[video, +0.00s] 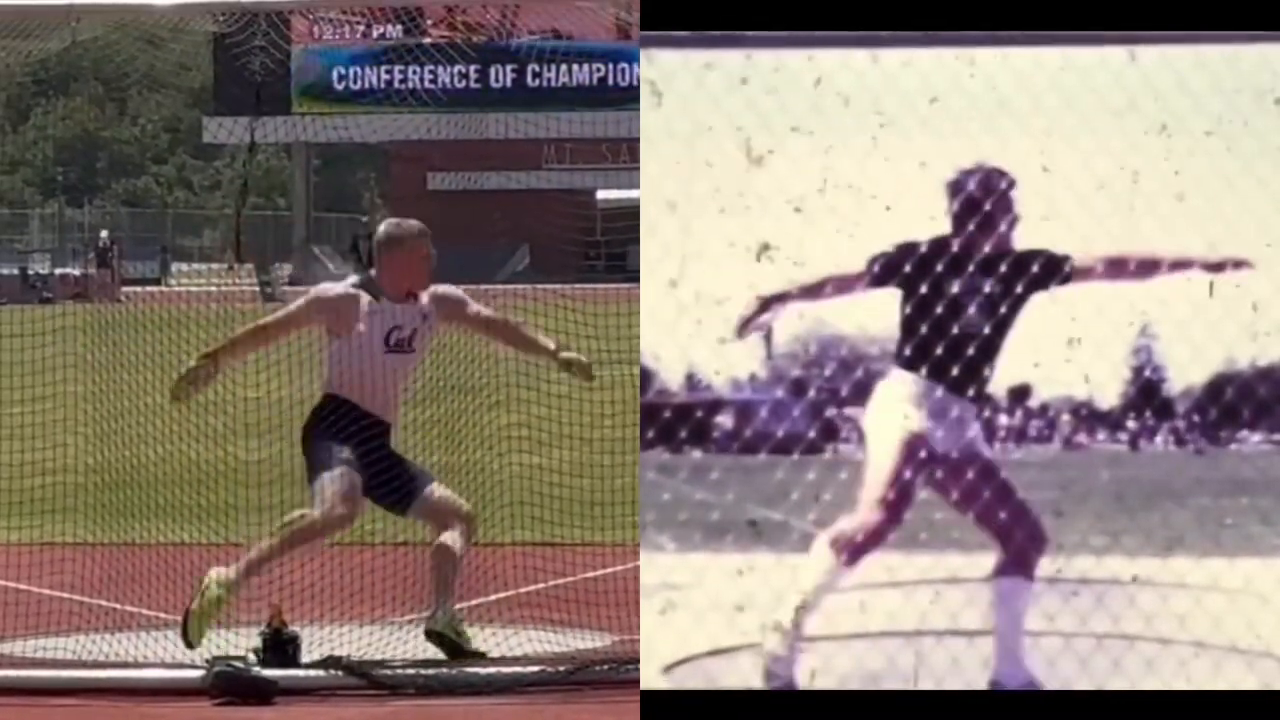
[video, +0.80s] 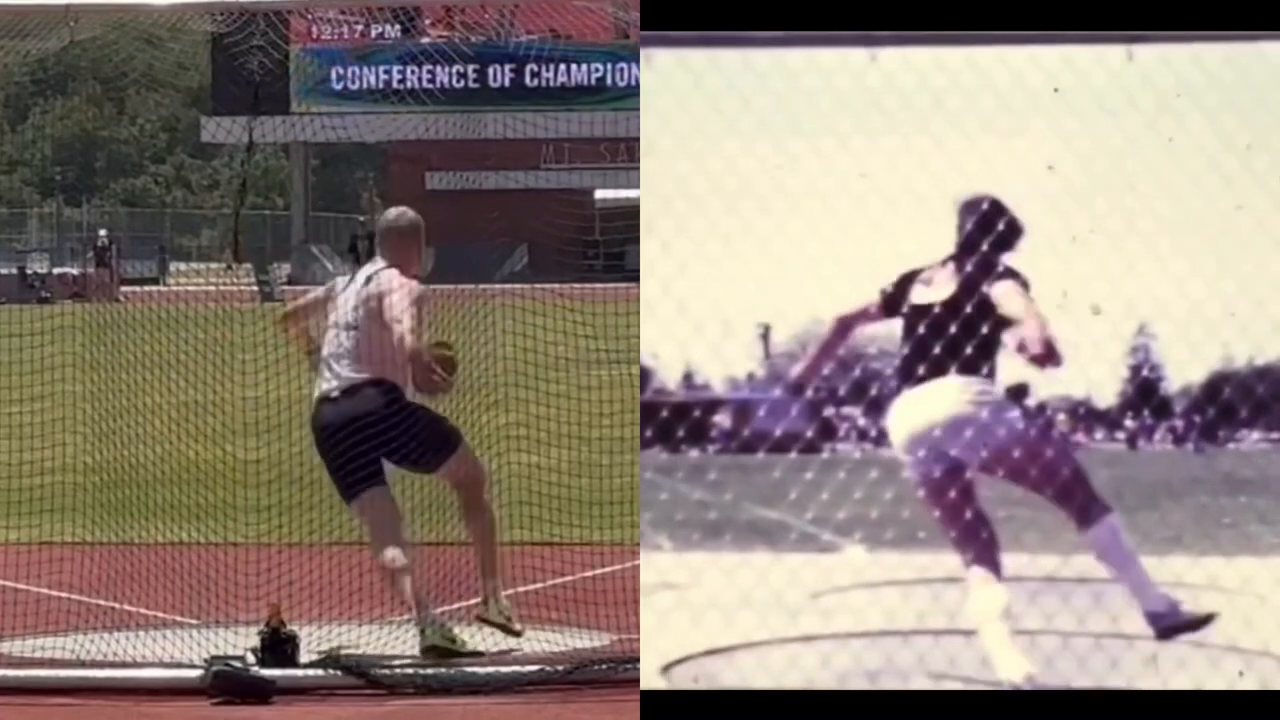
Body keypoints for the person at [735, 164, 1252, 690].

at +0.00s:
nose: (1014, 221)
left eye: (1013, 211)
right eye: (1004, 212)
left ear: (995, 217)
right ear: (974, 216)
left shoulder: (1024, 268)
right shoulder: (923, 260)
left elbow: (1115, 268)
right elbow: (842, 284)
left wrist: (1197, 264)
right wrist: (774, 300)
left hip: (957, 428)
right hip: (902, 407)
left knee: (1024, 540)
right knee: (874, 523)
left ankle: (1008, 671)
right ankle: (784, 630)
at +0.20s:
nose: (1036, 238)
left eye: (1035, 227)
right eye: (1030, 227)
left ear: (1004, 231)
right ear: (1009, 230)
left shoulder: (1022, 284)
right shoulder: (946, 274)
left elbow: (1070, 289)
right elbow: (863, 299)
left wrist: (1120, 292)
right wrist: (783, 319)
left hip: (960, 433)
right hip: (934, 417)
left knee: (1019, 553)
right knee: (943, 533)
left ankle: (1014, 676)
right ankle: (812, 628)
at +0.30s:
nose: (1038, 237)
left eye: (1038, 226)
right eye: (1035, 226)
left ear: (996, 225)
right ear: (1018, 228)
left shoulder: (1017, 282)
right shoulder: (956, 270)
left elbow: (1050, 289)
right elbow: (871, 294)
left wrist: (1083, 293)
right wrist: (791, 315)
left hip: (941, 415)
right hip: (944, 408)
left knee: (1013, 549)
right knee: (954, 529)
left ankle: (1013, 670)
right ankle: (846, 622)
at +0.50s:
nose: (1038, 251)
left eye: (1040, 239)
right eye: (1037, 239)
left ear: (995, 231)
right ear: (1022, 239)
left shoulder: (977, 281)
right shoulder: (989, 273)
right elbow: (928, 304)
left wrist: (872, 339)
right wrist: (871, 329)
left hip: (911, 420)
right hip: (953, 406)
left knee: (981, 558)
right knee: (1014, 531)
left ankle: (1013, 668)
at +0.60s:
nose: (1034, 251)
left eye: (1036, 239)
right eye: (1032, 239)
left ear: (993, 228)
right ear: (1018, 235)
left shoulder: (982, 282)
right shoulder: (988, 272)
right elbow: (938, 302)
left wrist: (896, 346)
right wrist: (894, 340)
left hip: (909, 422)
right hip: (948, 402)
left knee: (981, 549)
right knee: (1032, 514)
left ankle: (1012, 668)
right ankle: (1108, 641)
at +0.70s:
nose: (1025, 253)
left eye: (1027, 241)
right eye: (1025, 241)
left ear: (978, 230)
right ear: (1013, 240)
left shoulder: (935, 280)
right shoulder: (1003, 277)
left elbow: (879, 315)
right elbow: (976, 299)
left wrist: (845, 350)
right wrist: (960, 335)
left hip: (902, 415)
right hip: (954, 399)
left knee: (978, 549)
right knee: (1065, 505)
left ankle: (1011, 670)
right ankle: (1154, 630)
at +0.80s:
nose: (1010, 256)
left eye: (1008, 248)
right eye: (1009, 247)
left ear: (963, 237)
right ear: (1000, 243)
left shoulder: (918, 284)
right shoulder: (999, 277)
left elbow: (847, 321)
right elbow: (1020, 310)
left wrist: (806, 371)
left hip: (905, 420)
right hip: (965, 401)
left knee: (976, 550)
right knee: (1078, 497)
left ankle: (1012, 670)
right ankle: (1156, 607)